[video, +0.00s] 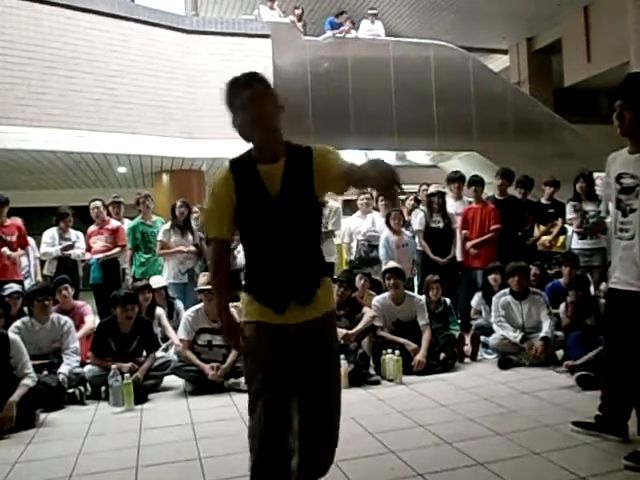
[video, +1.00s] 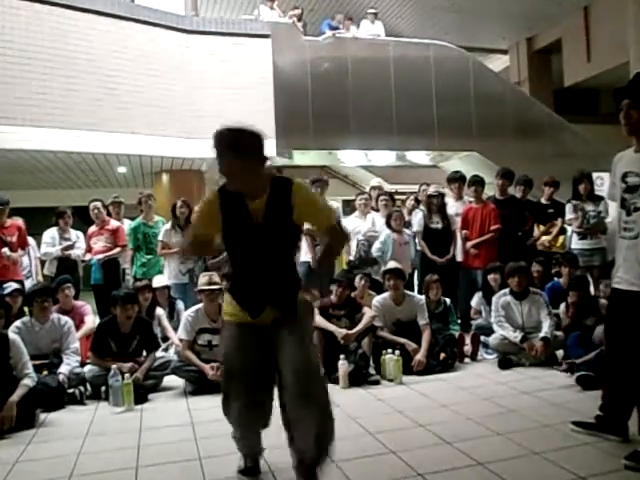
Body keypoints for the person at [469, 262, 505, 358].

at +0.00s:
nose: (494, 277)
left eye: (497, 273)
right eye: (490, 274)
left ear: (502, 276)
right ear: (486, 278)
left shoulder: (507, 293)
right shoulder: (480, 296)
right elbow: (473, 315)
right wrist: (487, 320)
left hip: (504, 325)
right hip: (486, 325)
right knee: (479, 329)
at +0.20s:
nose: (494, 277)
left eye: (497, 274)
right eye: (490, 274)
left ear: (502, 276)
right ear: (486, 277)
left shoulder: (507, 293)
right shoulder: (480, 295)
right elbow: (473, 315)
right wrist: (487, 320)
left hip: (504, 325)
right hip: (486, 325)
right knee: (478, 326)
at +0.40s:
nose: (494, 277)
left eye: (497, 273)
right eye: (490, 274)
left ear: (501, 276)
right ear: (486, 277)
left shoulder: (506, 293)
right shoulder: (480, 295)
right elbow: (473, 315)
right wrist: (487, 320)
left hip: (503, 325)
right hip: (486, 325)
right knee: (478, 327)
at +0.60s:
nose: (494, 277)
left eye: (497, 273)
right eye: (490, 274)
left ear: (502, 276)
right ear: (486, 277)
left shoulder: (506, 293)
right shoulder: (480, 295)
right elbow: (473, 315)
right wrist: (487, 320)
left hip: (503, 324)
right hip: (486, 325)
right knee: (478, 327)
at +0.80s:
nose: (494, 276)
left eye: (496, 273)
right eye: (490, 274)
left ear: (501, 276)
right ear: (486, 277)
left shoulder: (506, 293)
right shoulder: (480, 295)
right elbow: (473, 314)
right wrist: (487, 320)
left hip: (503, 325)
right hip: (486, 325)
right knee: (478, 328)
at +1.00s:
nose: (493, 277)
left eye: (496, 273)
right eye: (490, 274)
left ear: (501, 276)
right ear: (486, 277)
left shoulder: (506, 293)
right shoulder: (480, 295)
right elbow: (473, 315)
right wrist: (487, 320)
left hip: (503, 325)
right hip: (486, 325)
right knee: (478, 328)